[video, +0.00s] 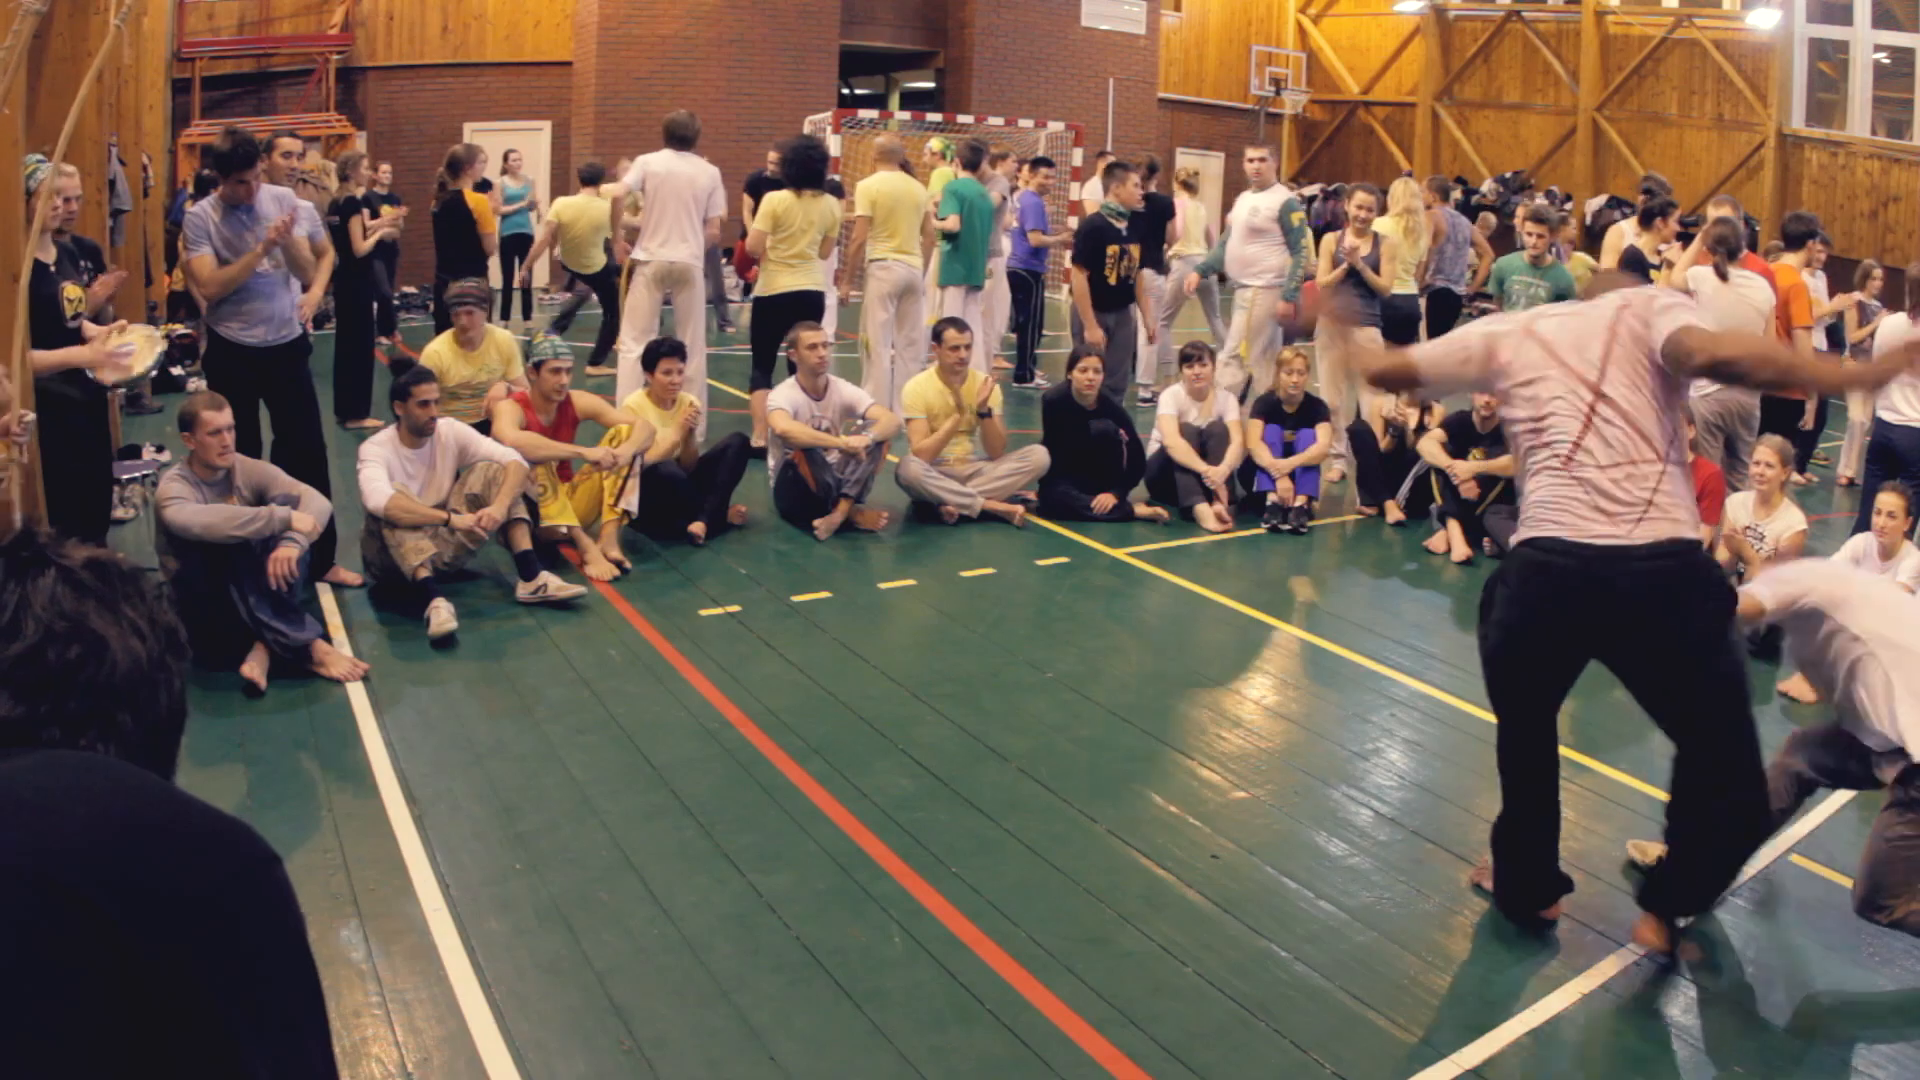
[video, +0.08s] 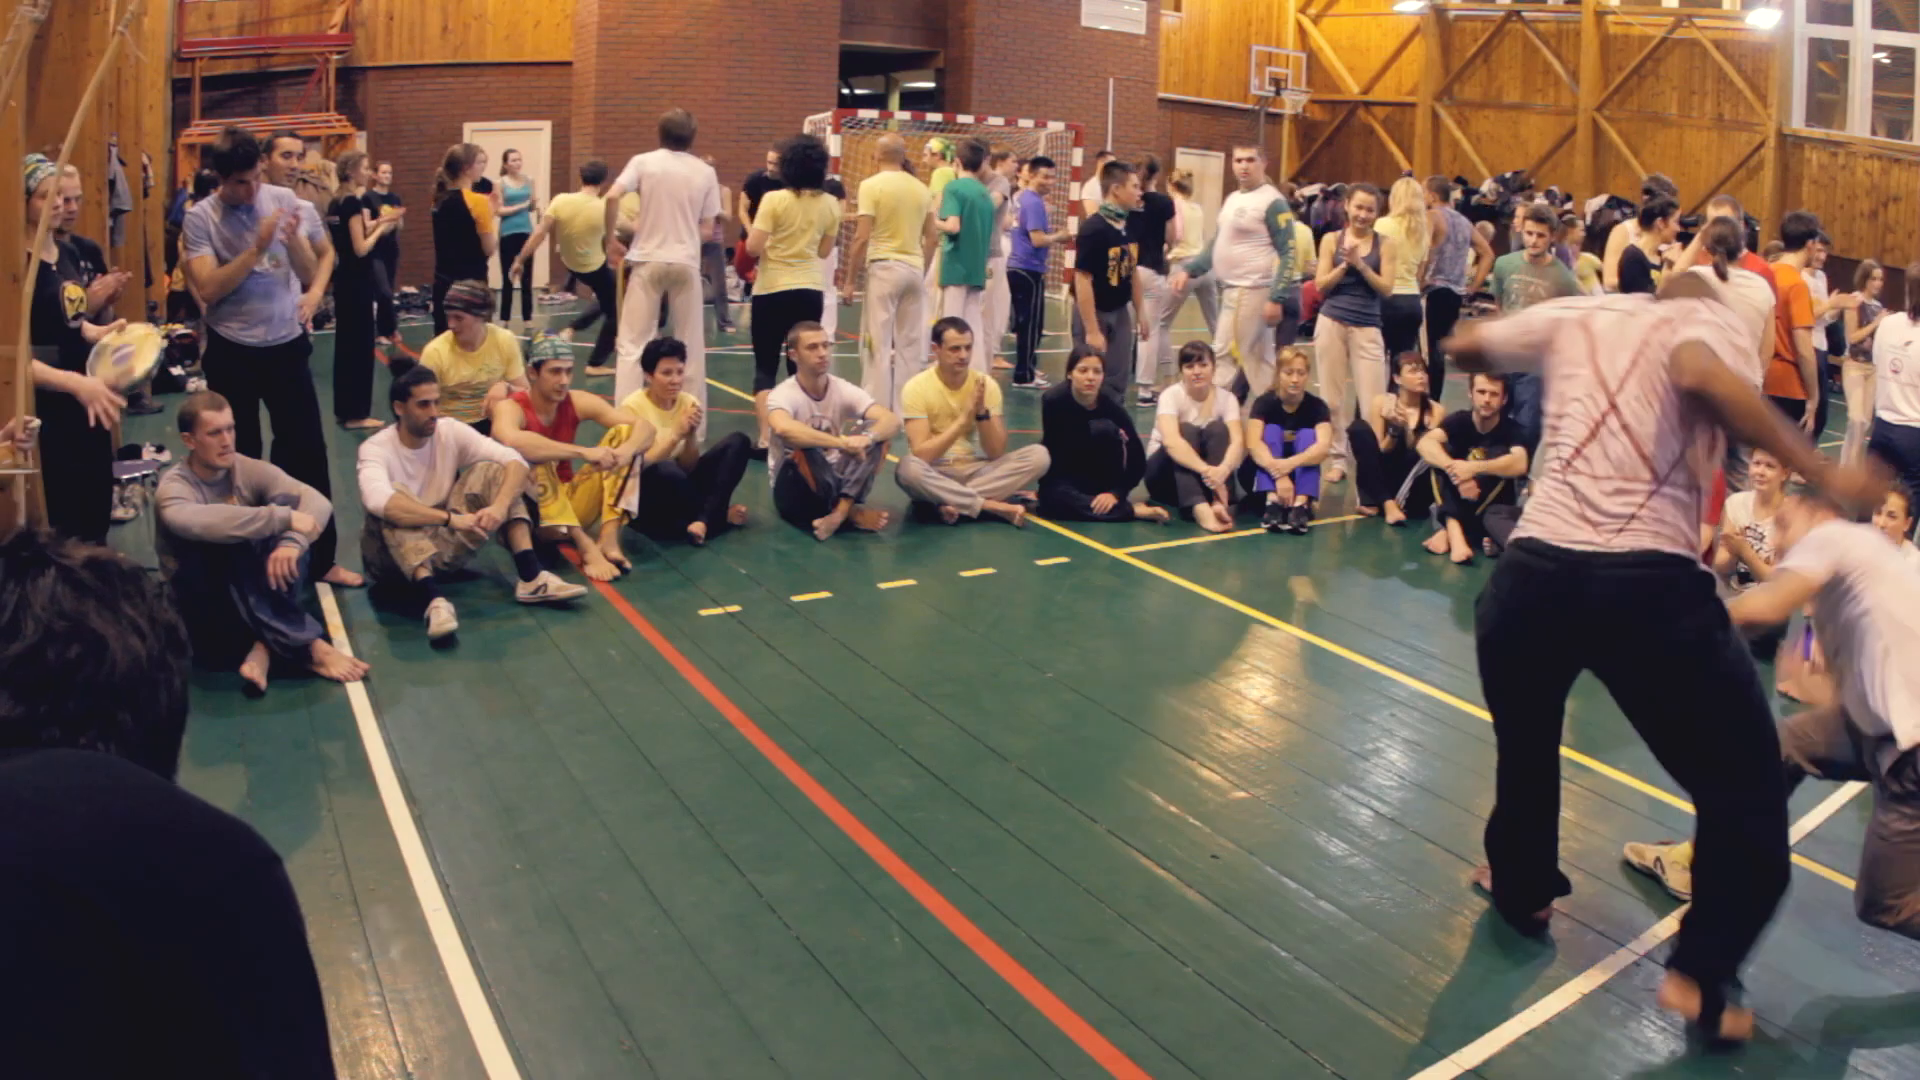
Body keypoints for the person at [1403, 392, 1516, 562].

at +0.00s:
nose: (1487, 399)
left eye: (1493, 394)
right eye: (1481, 393)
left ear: (1501, 400)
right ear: (1471, 395)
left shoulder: (1508, 427)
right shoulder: (1461, 419)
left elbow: (1517, 463)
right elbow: (1425, 444)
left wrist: (1473, 467)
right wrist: (1459, 474)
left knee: (1502, 460)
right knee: (1438, 459)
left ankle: (1448, 529)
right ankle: (1454, 529)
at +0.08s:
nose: (1487, 400)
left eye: (1494, 394)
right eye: (1481, 392)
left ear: (1504, 399)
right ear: (1471, 394)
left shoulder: (1512, 429)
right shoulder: (1460, 420)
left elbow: (1520, 464)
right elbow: (1425, 444)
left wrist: (1474, 468)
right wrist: (1457, 474)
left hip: (1495, 505)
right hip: (1457, 499)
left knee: (1501, 455)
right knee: (1439, 461)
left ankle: (1448, 528)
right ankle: (1454, 528)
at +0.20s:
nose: (1486, 400)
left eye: (1494, 394)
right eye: (1481, 392)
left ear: (1504, 399)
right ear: (1471, 393)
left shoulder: (1511, 428)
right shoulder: (1460, 419)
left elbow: (1519, 465)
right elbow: (1425, 444)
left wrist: (1473, 467)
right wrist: (1459, 474)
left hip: (1493, 509)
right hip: (1455, 503)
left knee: (1500, 457)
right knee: (1437, 457)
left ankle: (1449, 529)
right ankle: (1454, 529)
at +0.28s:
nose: (1486, 400)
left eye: (1494, 394)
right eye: (1481, 392)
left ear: (1504, 399)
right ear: (1471, 394)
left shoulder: (1511, 429)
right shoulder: (1459, 420)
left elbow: (1519, 464)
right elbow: (1425, 444)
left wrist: (1474, 467)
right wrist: (1458, 474)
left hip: (1492, 510)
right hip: (1453, 504)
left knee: (1502, 457)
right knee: (1439, 456)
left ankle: (1449, 528)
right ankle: (1454, 529)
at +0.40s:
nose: (1486, 400)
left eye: (1494, 395)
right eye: (1481, 392)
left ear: (1504, 399)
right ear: (1471, 394)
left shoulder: (1511, 429)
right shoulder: (1459, 420)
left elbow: (1519, 464)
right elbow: (1425, 444)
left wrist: (1474, 467)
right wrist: (1458, 474)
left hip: (1492, 510)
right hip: (1453, 504)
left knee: (1503, 458)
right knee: (1440, 458)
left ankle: (1449, 528)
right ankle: (1454, 529)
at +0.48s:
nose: (1486, 400)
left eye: (1494, 394)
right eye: (1481, 392)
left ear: (1504, 399)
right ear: (1471, 393)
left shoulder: (1511, 429)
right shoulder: (1459, 420)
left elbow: (1519, 465)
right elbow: (1424, 444)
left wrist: (1474, 467)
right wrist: (1457, 473)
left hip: (1492, 511)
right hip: (1453, 504)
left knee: (1503, 458)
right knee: (1439, 461)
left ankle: (1449, 529)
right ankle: (1454, 530)